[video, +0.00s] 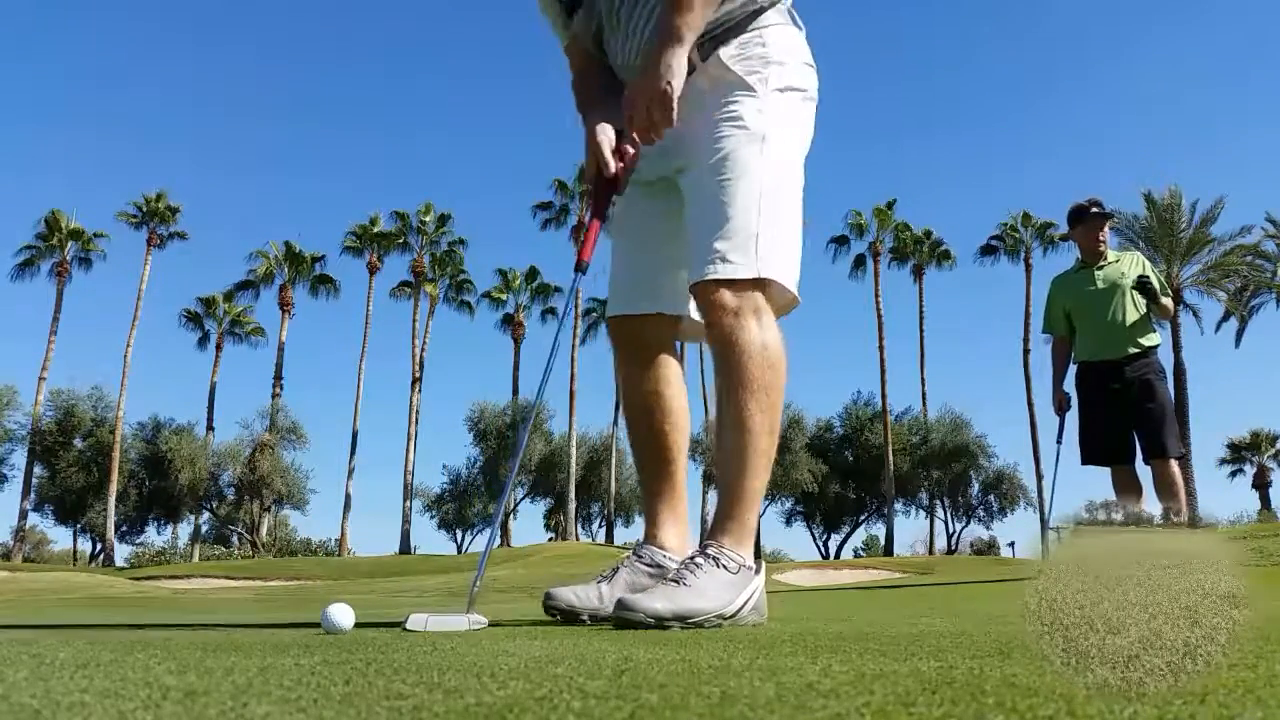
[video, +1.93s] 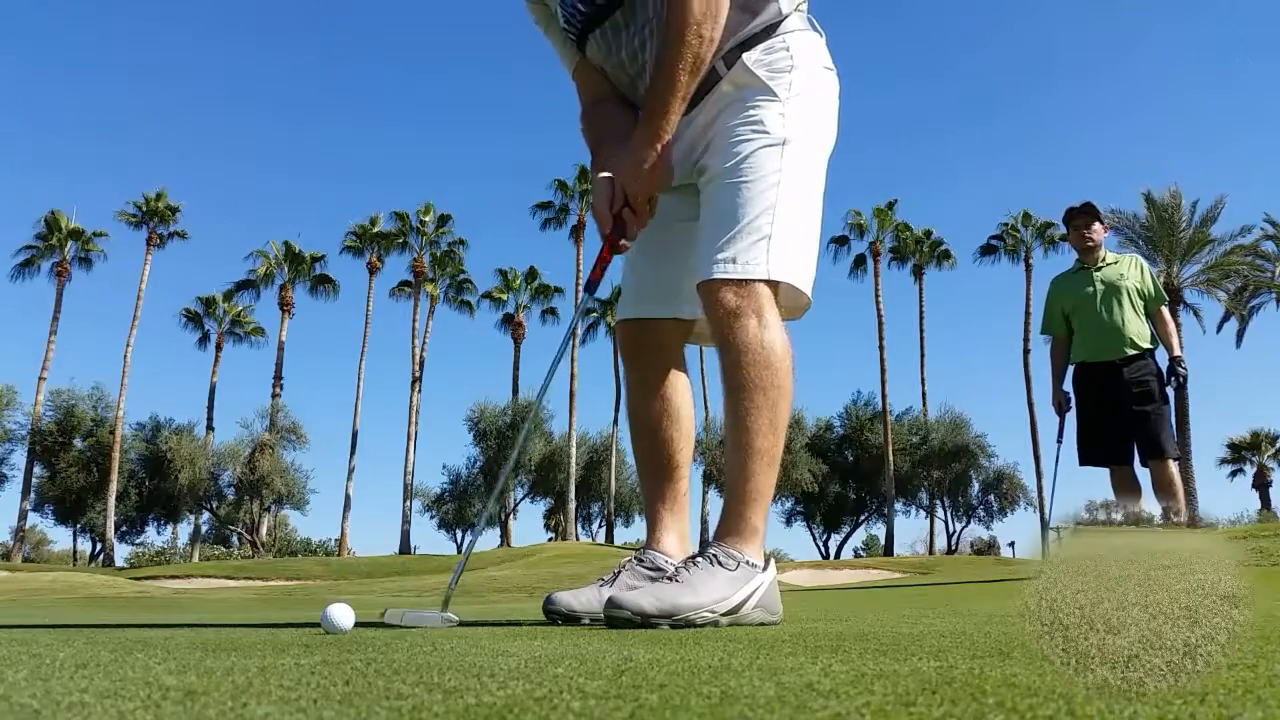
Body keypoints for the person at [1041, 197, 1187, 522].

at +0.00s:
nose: (1100, 233)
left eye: (1103, 226)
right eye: (1091, 228)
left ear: (1109, 229)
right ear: (1073, 234)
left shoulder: (1135, 262)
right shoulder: (1063, 285)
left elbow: (1168, 312)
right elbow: (1061, 340)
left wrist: (1154, 297)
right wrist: (1057, 386)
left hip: (1142, 369)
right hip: (1096, 376)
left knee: (1163, 454)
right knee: (1119, 462)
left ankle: (1178, 531)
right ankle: (1135, 535)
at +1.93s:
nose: (1084, 232)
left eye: (1090, 226)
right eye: (1076, 229)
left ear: (1103, 229)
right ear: (1068, 238)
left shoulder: (1134, 266)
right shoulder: (1062, 285)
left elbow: (1159, 313)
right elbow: (1059, 340)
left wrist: (1175, 355)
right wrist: (1057, 387)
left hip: (1140, 372)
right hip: (1094, 379)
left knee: (1160, 454)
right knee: (1118, 462)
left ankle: (1178, 529)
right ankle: (1135, 535)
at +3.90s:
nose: (1072, 206)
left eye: (1078, 198)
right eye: (1064, 202)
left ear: (1094, 202)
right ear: (1056, 212)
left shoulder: (1127, 240)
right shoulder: (1049, 260)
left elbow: (1154, 294)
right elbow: (1049, 320)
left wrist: (1171, 343)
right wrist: (1045, 365)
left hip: (1128, 357)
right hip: (1077, 364)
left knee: (1138, 452)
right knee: (1094, 456)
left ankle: (1145, 532)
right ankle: (1107, 536)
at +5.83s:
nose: (1066, 148)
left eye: (1073, 138)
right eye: (1055, 144)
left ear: (1092, 143)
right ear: (1048, 157)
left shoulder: (1135, 188)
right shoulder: (1040, 218)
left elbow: (1169, 249)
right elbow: (1038, 292)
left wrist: (1190, 301)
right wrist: (1032, 349)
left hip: (1141, 327)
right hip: (1080, 338)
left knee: (1156, 434)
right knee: (1104, 446)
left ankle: (1170, 531)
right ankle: (1123, 542)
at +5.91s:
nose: (1066, 146)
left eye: (1073, 136)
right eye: (1056, 143)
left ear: (1093, 140)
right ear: (1049, 155)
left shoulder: (1137, 185)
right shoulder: (1042, 216)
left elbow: (1170, 246)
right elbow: (1042, 288)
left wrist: (1191, 299)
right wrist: (1037, 346)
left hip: (1141, 325)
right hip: (1081, 335)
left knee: (1155, 436)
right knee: (1105, 443)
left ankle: (1168, 531)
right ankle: (1121, 539)